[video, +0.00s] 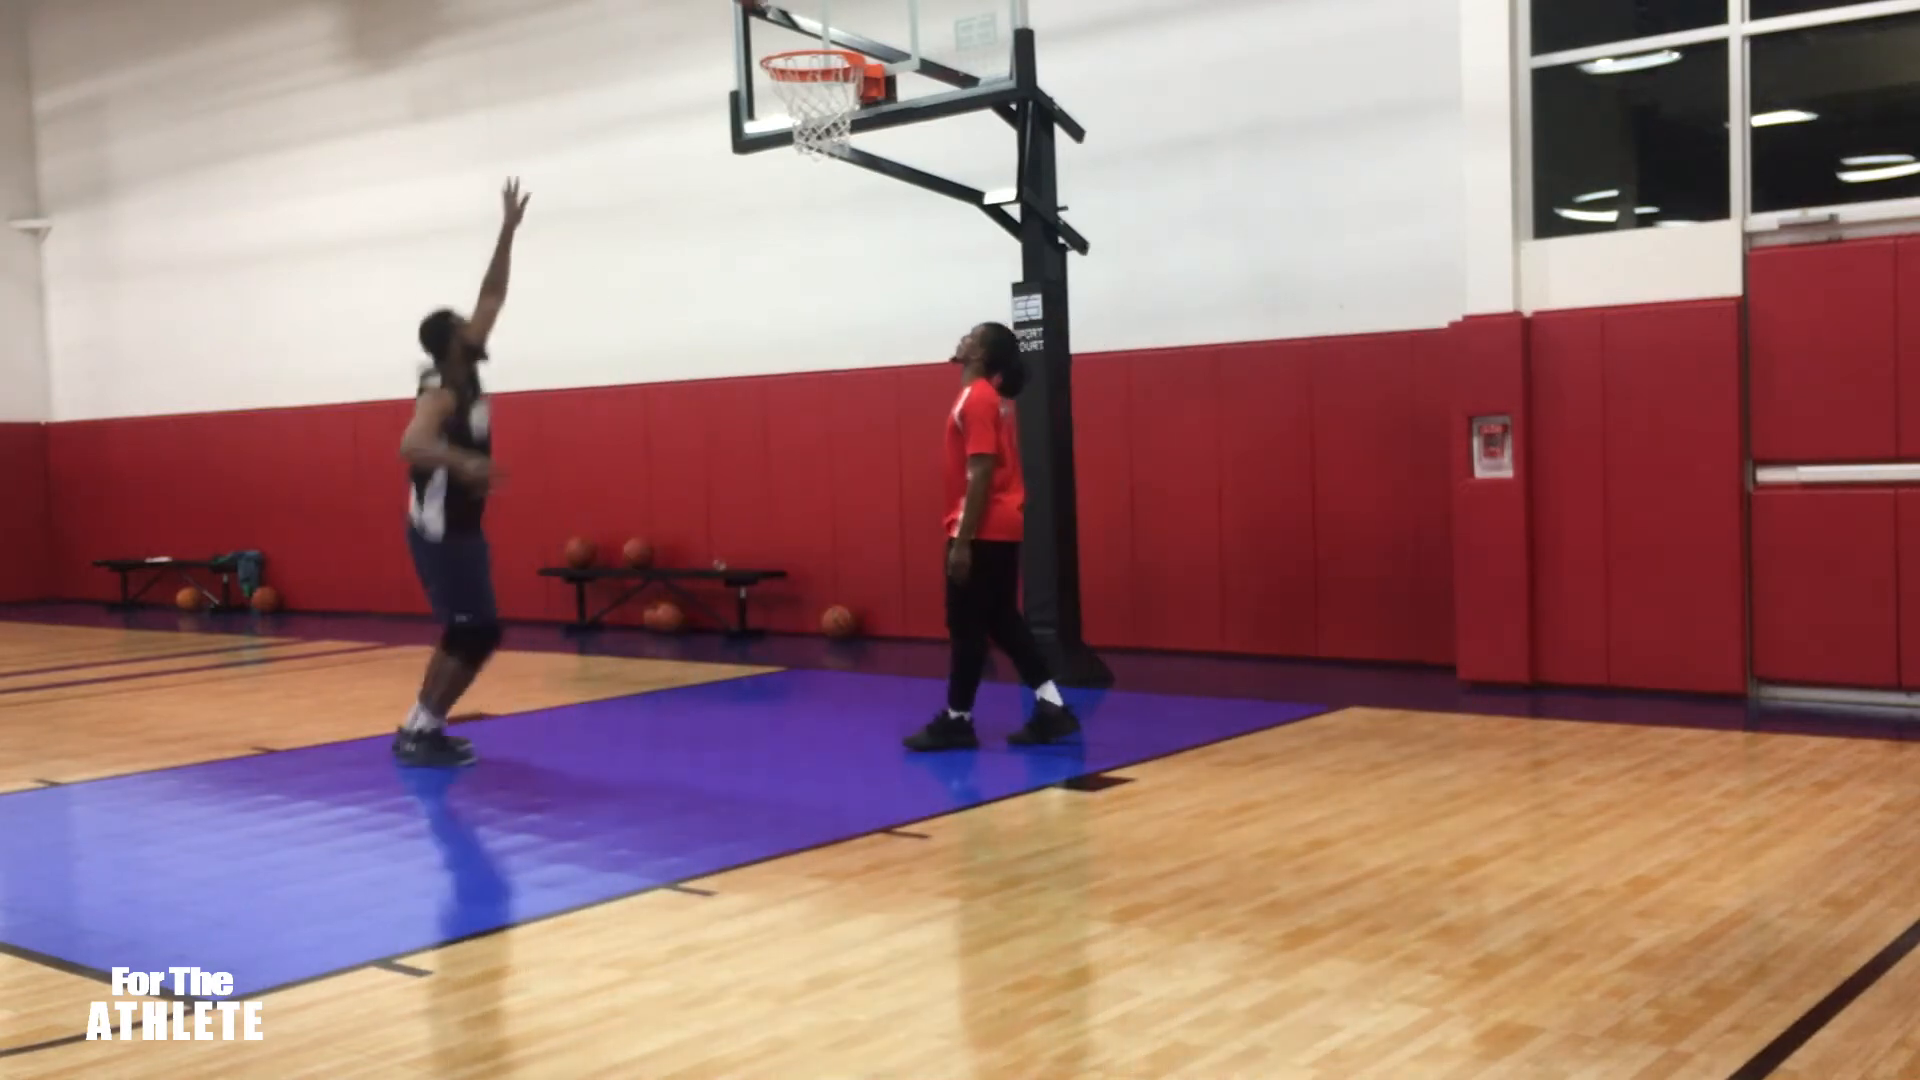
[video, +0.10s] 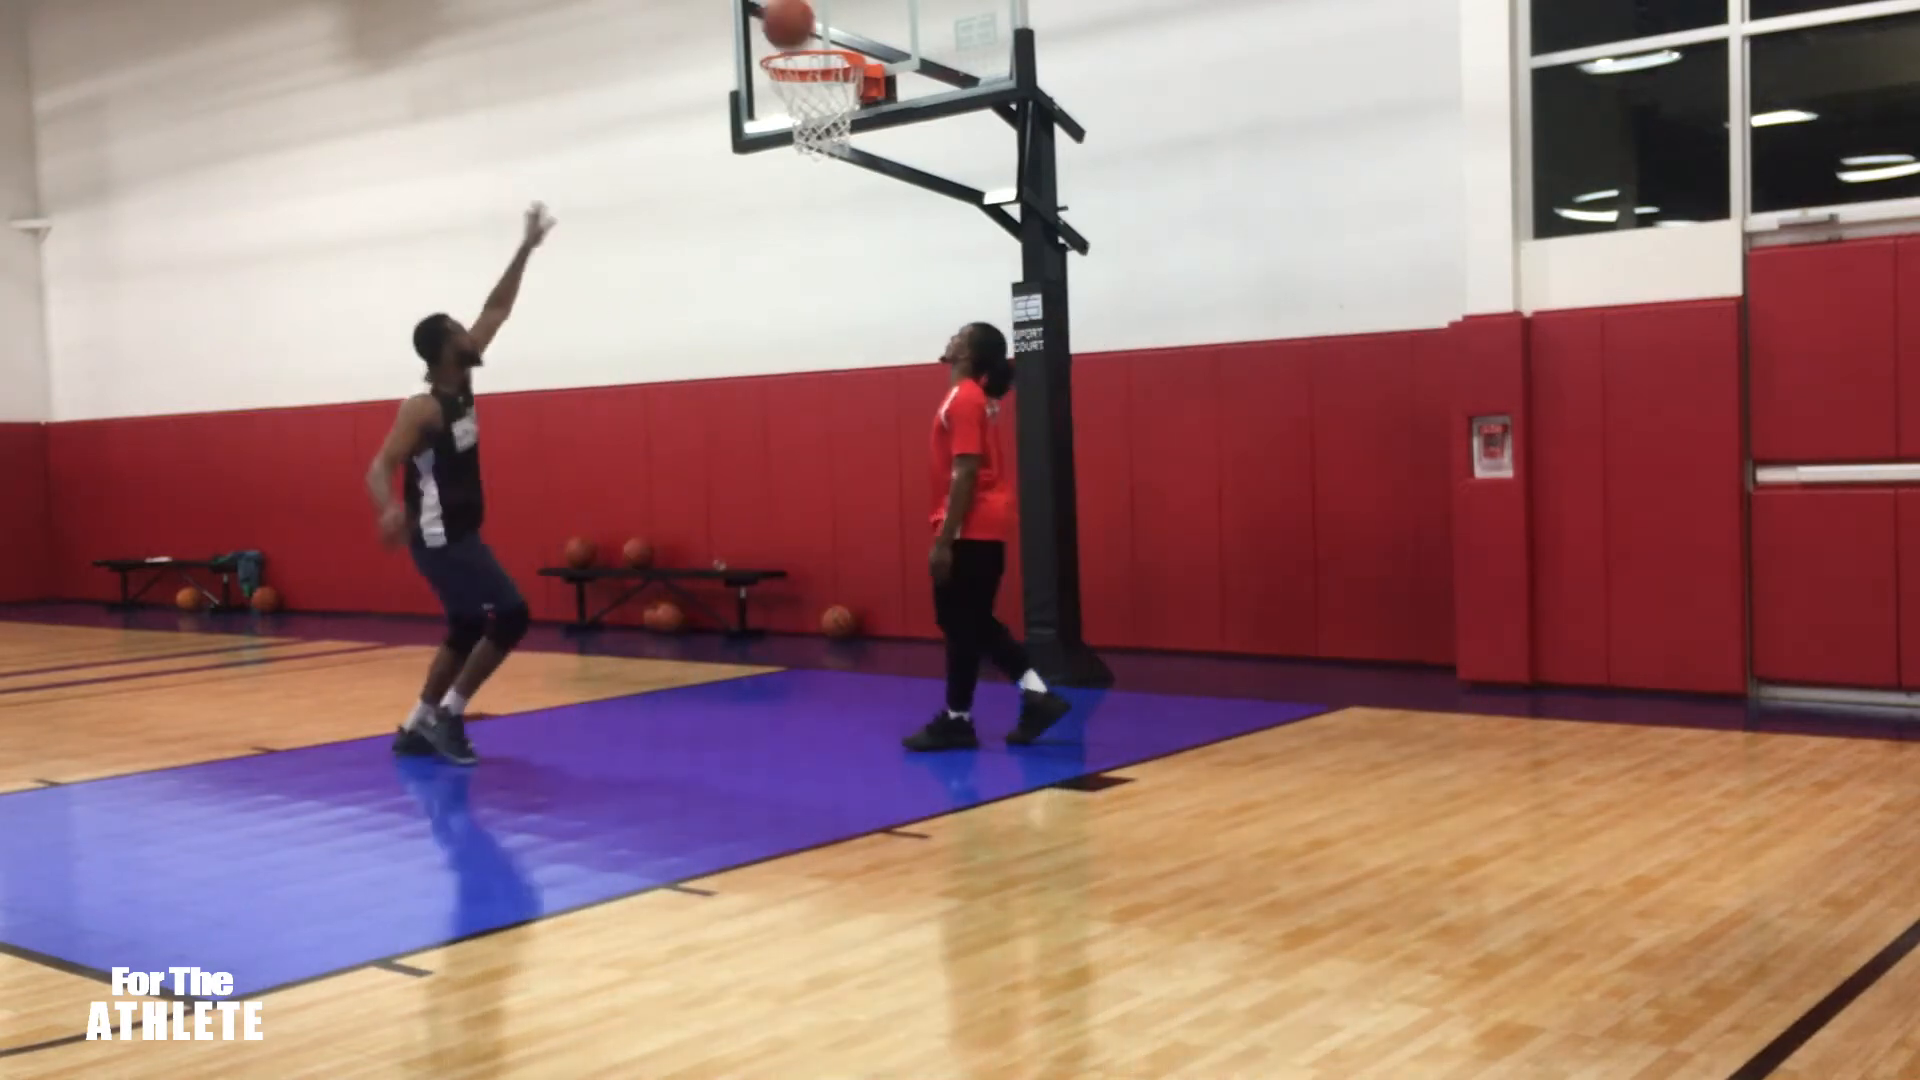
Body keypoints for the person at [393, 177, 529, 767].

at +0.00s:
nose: (475, 327)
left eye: (471, 322)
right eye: (467, 323)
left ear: (455, 340)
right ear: (453, 340)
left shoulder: (467, 373)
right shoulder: (441, 392)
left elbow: (491, 296)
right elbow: (414, 445)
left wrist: (507, 231)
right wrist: (470, 464)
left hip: (458, 524)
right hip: (442, 528)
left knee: (468, 628)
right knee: (477, 629)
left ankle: (423, 726)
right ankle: (422, 729)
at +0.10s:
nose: (472, 337)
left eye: (468, 332)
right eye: (463, 334)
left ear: (454, 347)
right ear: (445, 349)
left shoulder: (463, 382)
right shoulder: (423, 408)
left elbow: (496, 310)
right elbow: (381, 468)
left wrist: (526, 249)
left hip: (458, 537)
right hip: (441, 542)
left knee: (468, 629)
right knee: (511, 617)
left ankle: (419, 724)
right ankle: (447, 713)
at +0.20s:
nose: (458, 323)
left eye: (454, 318)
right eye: (449, 320)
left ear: (443, 333)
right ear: (432, 335)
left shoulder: (457, 364)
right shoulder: (407, 396)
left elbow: (497, 302)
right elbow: (368, 462)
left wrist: (532, 243)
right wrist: (349, 530)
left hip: (463, 521)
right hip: (445, 526)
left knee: (444, 623)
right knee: (507, 613)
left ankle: (415, 723)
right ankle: (446, 714)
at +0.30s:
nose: (458, 318)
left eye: (453, 313)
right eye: (449, 316)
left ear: (440, 333)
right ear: (431, 334)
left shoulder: (460, 363)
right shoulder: (405, 394)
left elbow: (494, 297)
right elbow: (364, 455)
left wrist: (521, 234)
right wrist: (336, 525)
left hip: (457, 520)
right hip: (438, 523)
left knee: (436, 621)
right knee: (494, 614)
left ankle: (414, 722)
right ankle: (430, 718)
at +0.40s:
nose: (464, 323)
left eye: (459, 317)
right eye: (455, 320)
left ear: (443, 335)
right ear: (435, 337)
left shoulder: (463, 368)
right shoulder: (405, 398)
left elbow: (496, 301)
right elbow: (365, 464)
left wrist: (522, 235)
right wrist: (339, 533)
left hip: (459, 523)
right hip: (430, 528)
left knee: (443, 624)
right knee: (470, 622)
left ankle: (417, 724)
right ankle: (415, 731)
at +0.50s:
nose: (460, 318)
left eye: (454, 313)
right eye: (450, 314)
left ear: (442, 329)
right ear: (432, 332)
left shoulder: (464, 363)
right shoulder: (404, 397)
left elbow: (505, 307)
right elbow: (371, 470)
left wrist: (540, 247)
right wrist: (360, 545)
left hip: (462, 522)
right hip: (426, 527)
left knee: (458, 622)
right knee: (449, 624)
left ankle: (421, 724)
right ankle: (406, 740)